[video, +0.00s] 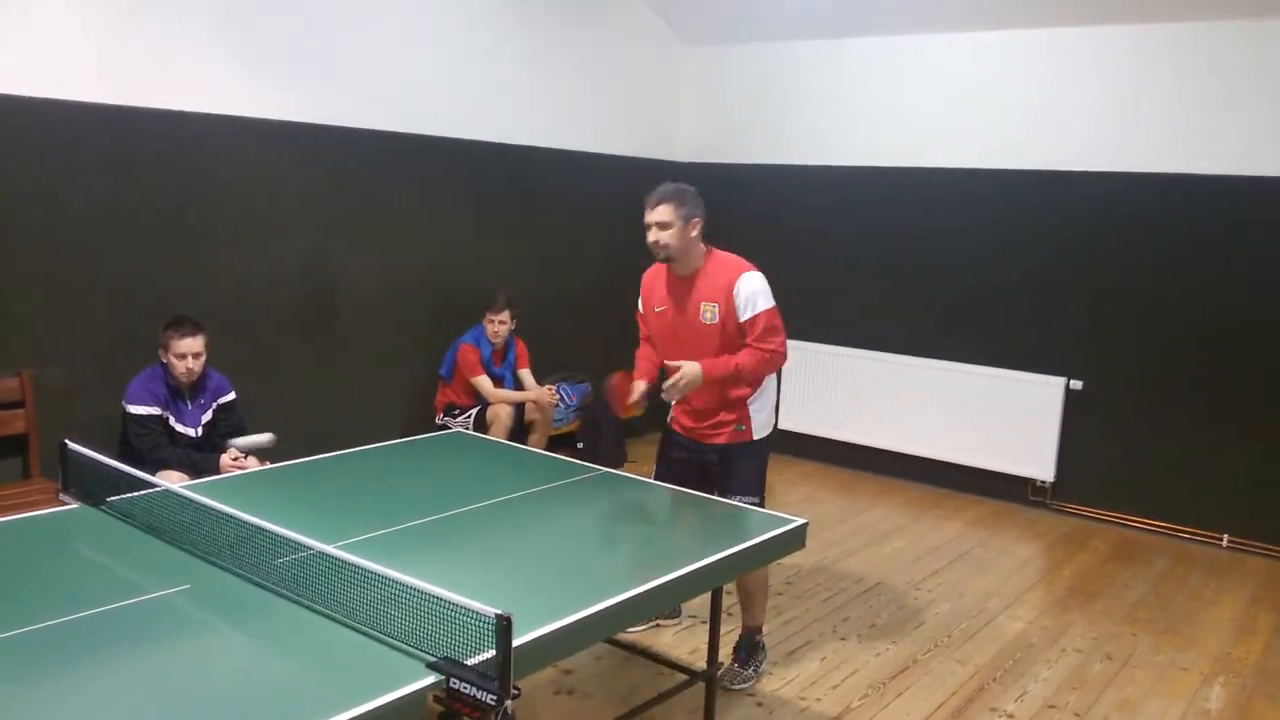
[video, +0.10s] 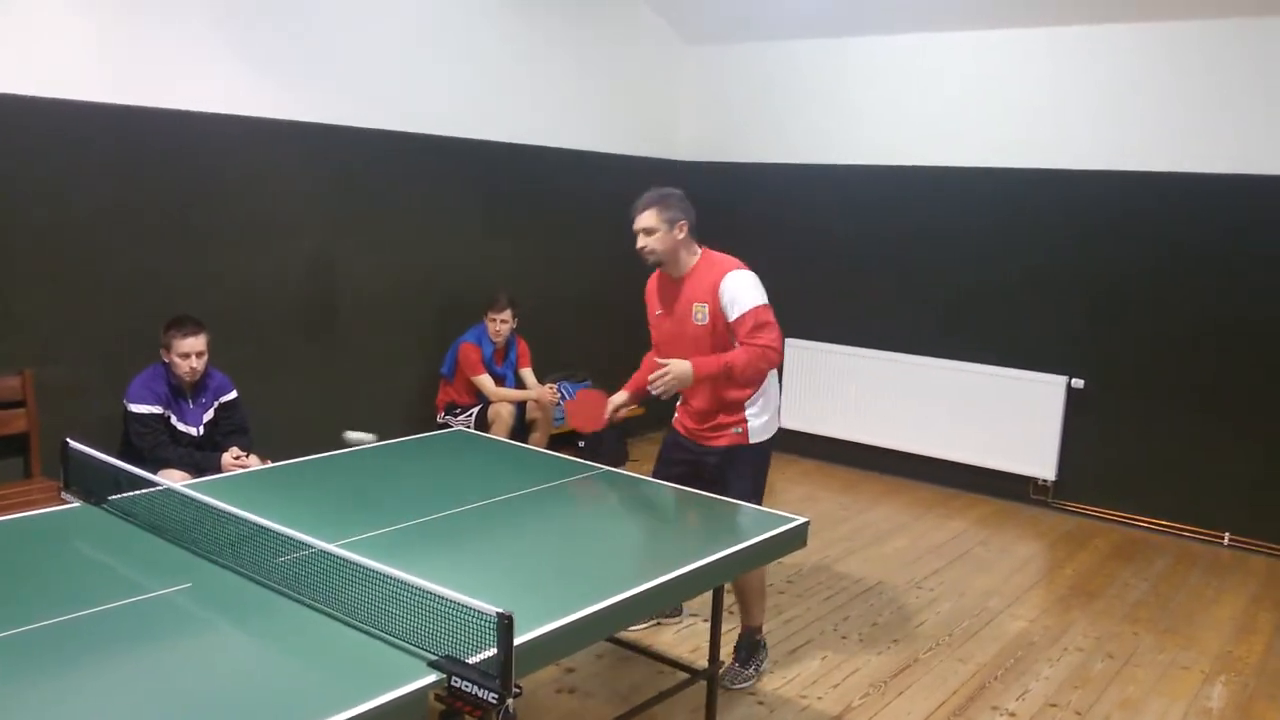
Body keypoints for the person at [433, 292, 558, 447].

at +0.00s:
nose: (495, 329)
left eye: (502, 323)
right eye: (490, 322)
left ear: (512, 325)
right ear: (484, 321)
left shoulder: (516, 346)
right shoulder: (467, 348)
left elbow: (531, 387)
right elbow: (491, 396)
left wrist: (546, 395)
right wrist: (535, 396)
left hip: (490, 408)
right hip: (454, 415)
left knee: (542, 411)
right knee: (504, 412)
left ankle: (529, 471)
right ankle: (490, 470)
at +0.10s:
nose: (497, 327)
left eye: (504, 322)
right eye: (492, 321)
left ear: (514, 323)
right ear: (485, 320)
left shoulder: (518, 346)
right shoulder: (468, 347)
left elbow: (533, 386)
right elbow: (493, 394)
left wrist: (547, 393)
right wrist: (536, 395)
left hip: (491, 407)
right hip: (455, 413)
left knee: (543, 409)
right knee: (505, 410)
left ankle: (530, 471)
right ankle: (492, 469)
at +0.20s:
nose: (498, 327)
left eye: (504, 321)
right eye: (493, 320)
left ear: (514, 323)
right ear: (485, 319)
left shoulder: (518, 345)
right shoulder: (468, 346)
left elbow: (532, 385)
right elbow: (492, 394)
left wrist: (546, 394)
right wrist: (535, 394)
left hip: (491, 406)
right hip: (455, 412)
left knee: (544, 412)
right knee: (504, 410)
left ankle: (528, 472)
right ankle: (491, 469)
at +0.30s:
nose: (502, 327)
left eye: (508, 321)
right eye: (496, 320)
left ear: (517, 322)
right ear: (488, 319)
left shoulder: (520, 343)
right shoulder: (471, 346)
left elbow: (534, 383)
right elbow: (495, 393)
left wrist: (547, 390)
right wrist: (534, 394)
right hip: (458, 411)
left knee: (547, 415)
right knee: (506, 410)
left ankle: (531, 471)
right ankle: (494, 467)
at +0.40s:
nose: (503, 325)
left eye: (509, 319)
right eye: (497, 319)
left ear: (517, 321)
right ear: (489, 319)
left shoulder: (521, 343)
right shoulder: (474, 343)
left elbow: (532, 378)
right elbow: (495, 392)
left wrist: (547, 392)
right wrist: (541, 393)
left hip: (492, 405)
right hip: (458, 411)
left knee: (547, 406)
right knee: (507, 409)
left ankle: (535, 466)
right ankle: (493, 466)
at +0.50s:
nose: (504, 325)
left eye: (509, 319)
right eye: (498, 319)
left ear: (517, 320)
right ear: (488, 320)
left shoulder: (521, 343)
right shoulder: (472, 345)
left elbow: (535, 382)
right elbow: (496, 392)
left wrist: (548, 392)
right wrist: (540, 392)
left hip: (493, 405)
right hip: (457, 412)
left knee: (547, 406)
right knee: (508, 408)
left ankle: (534, 465)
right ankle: (496, 465)